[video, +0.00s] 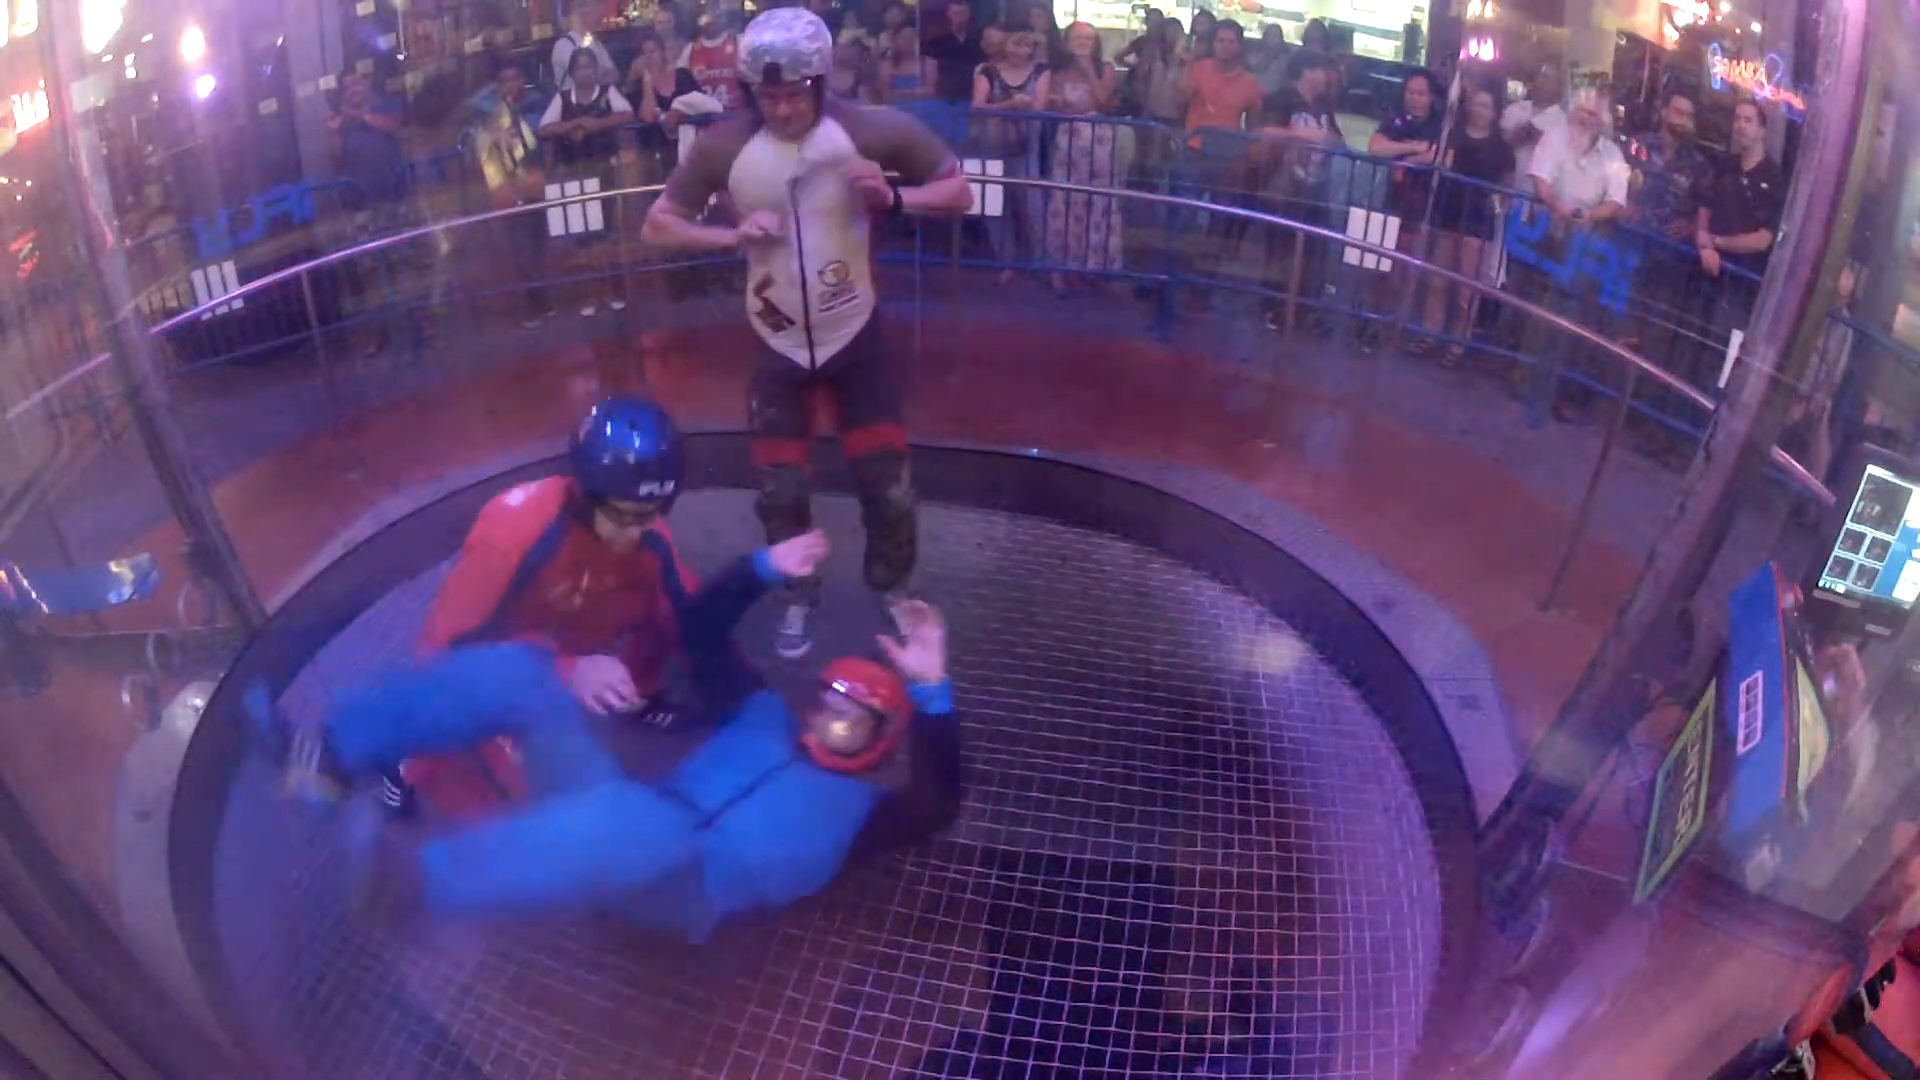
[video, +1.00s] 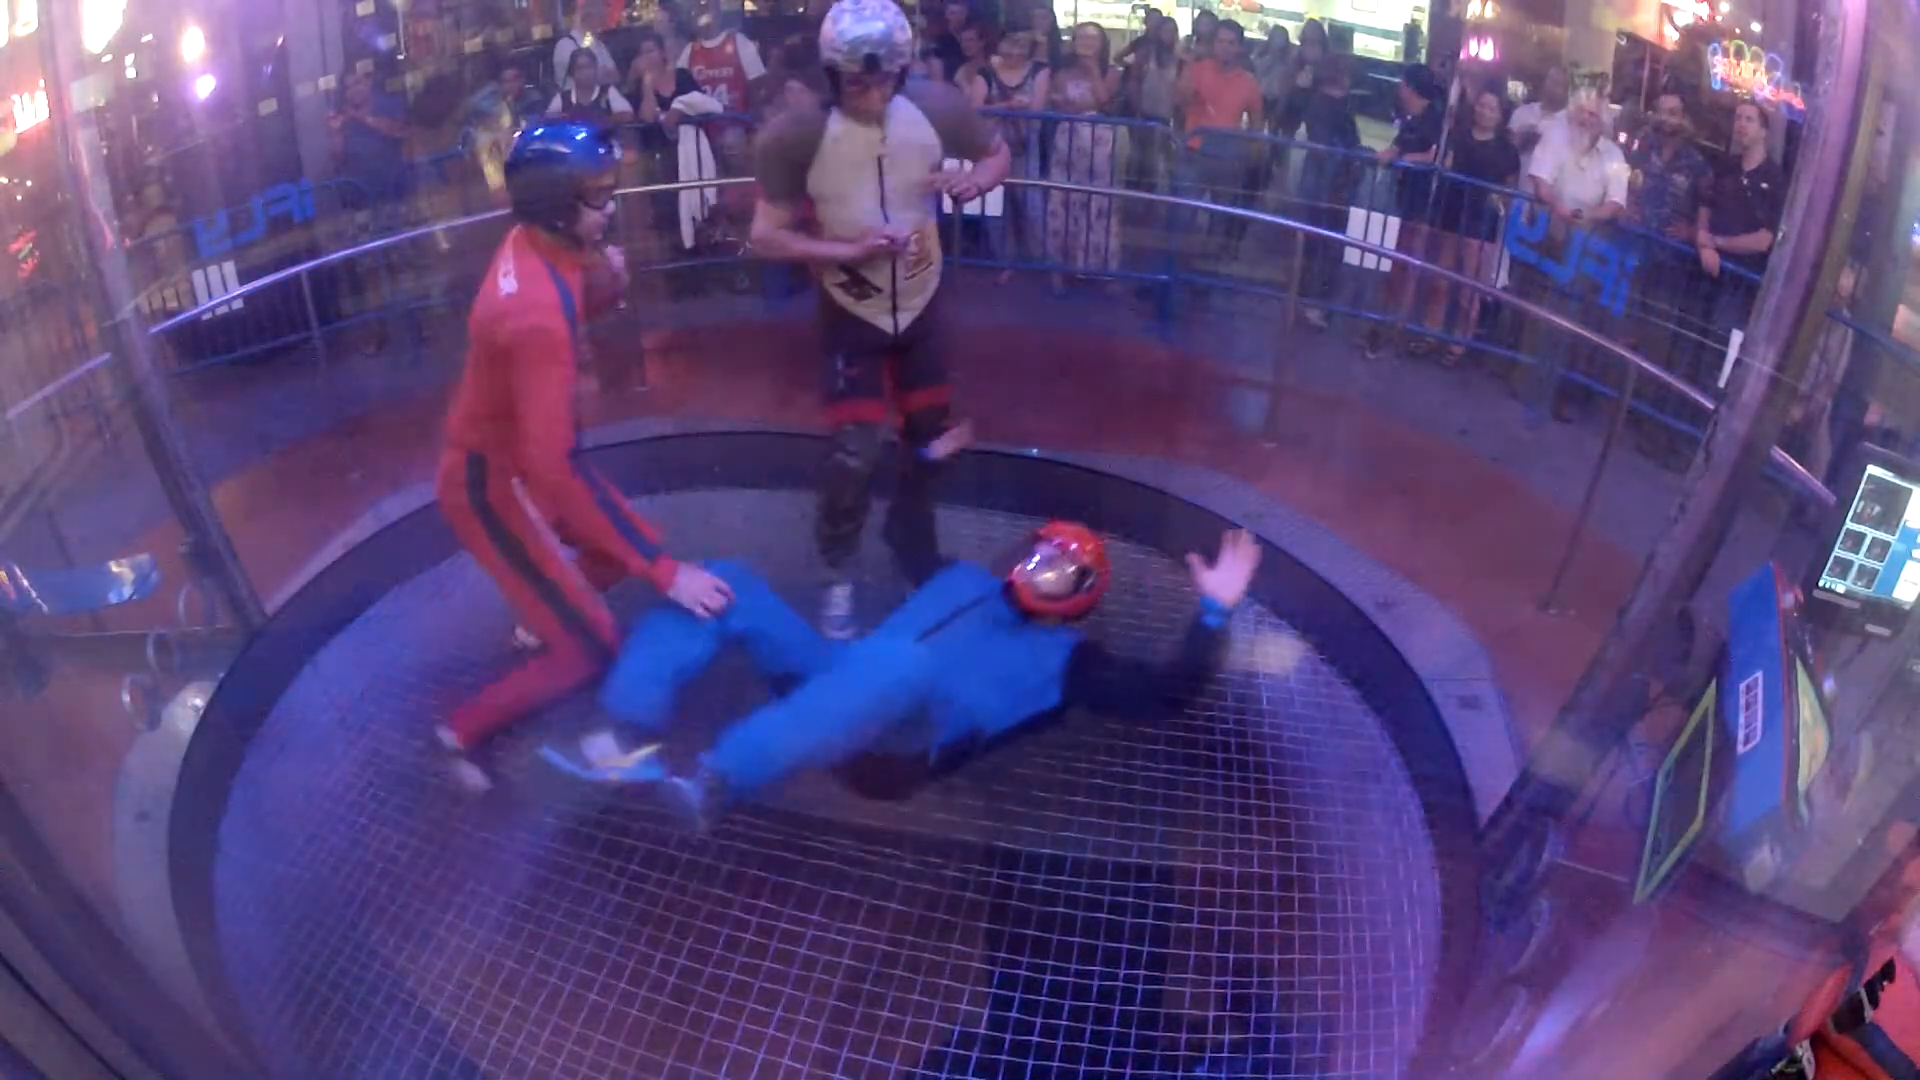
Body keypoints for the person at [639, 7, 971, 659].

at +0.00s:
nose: (783, 102)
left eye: (796, 89)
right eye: (769, 90)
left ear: (821, 80)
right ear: (751, 86)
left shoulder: (873, 132)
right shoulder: (724, 146)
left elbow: (959, 190)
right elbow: (658, 222)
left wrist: (896, 198)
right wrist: (731, 235)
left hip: (858, 339)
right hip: (776, 346)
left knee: (887, 490)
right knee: (779, 492)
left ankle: (890, 599)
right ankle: (797, 599)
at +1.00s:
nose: (871, 93)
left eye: (883, 78)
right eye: (857, 81)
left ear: (901, 68)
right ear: (833, 72)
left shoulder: (934, 111)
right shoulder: (801, 135)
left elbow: (998, 156)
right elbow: (763, 234)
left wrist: (973, 179)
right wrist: (850, 250)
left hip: (924, 304)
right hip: (851, 311)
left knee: (935, 445)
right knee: (862, 445)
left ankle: (916, 555)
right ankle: (838, 578)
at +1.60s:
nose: (913, 75)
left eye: (920, 62)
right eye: (899, 62)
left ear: (928, 58)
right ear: (859, 59)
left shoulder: (919, 108)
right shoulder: (808, 119)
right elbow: (803, 238)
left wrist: (944, 164)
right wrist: (898, 197)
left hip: (916, 308)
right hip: (851, 317)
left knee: (927, 421)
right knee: (862, 432)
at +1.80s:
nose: (901, 69)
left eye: (908, 57)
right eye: (888, 57)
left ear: (913, 58)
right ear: (851, 56)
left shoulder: (899, 109)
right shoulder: (807, 120)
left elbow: (890, 190)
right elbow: (794, 241)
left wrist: (931, 171)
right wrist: (897, 216)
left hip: (896, 302)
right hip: (837, 308)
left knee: (922, 420)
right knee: (850, 443)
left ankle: (906, 539)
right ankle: (828, 572)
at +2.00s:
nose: (887, 74)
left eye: (896, 62)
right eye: (875, 61)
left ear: (905, 62)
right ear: (843, 60)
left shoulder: (900, 120)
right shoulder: (805, 125)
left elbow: (897, 193)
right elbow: (746, 229)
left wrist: (931, 210)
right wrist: (813, 270)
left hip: (890, 297)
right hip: (823, 309)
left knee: (920, 429)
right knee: (849, 452)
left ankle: (886, 540)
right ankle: (827, 575)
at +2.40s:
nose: (872, 64)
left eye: (874, 52)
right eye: (857, 54)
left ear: (878, 56)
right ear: (824, 60)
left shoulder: (886, 119)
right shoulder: (799, 122)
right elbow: (834, 219)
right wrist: (929, 162)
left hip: (901, 312)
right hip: (844, 318)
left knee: (925, 436)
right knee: (860, 459)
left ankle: (869, 546)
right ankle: (828, 573)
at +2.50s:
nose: (897, 73)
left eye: (900, 62)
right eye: (888, 60)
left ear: (880, 60)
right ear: (853, 53)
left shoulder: (880, 115)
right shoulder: (811, 121)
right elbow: (860, 215)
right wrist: (950, 155)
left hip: (903, 314)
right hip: (851, 319)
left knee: (929, 438)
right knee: (865, 459)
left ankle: (879, 547)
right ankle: (830, 574)